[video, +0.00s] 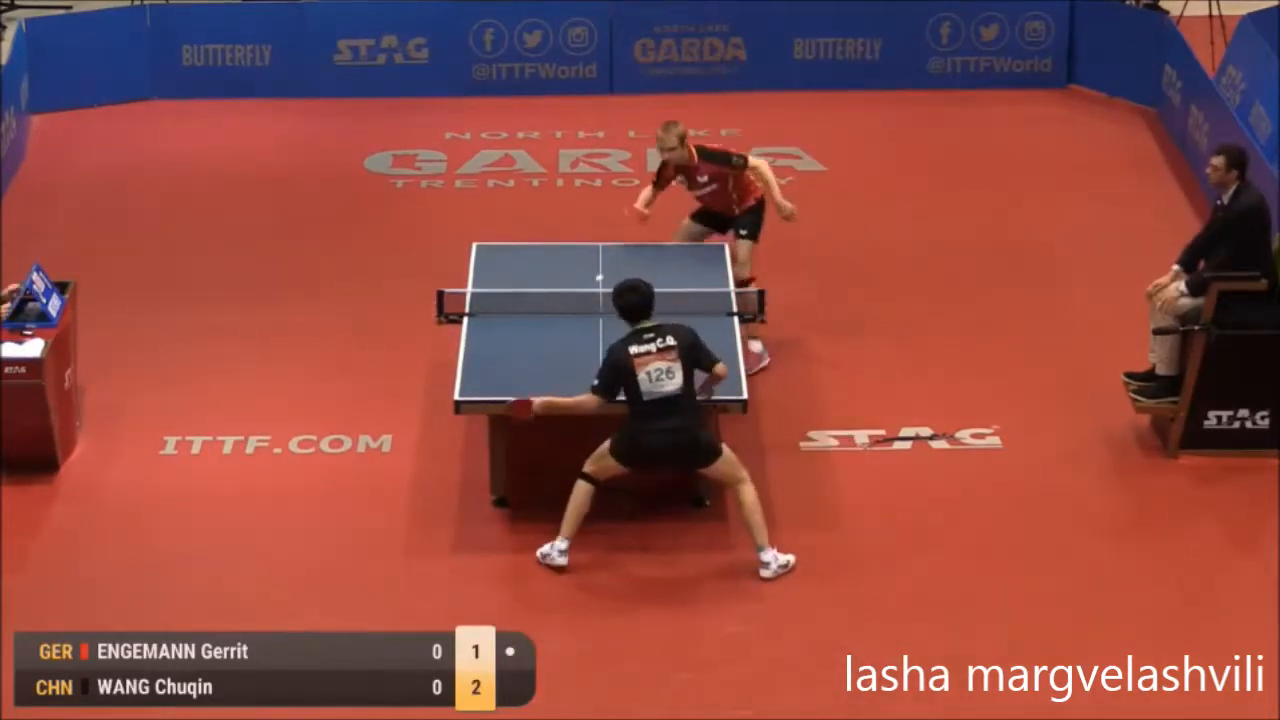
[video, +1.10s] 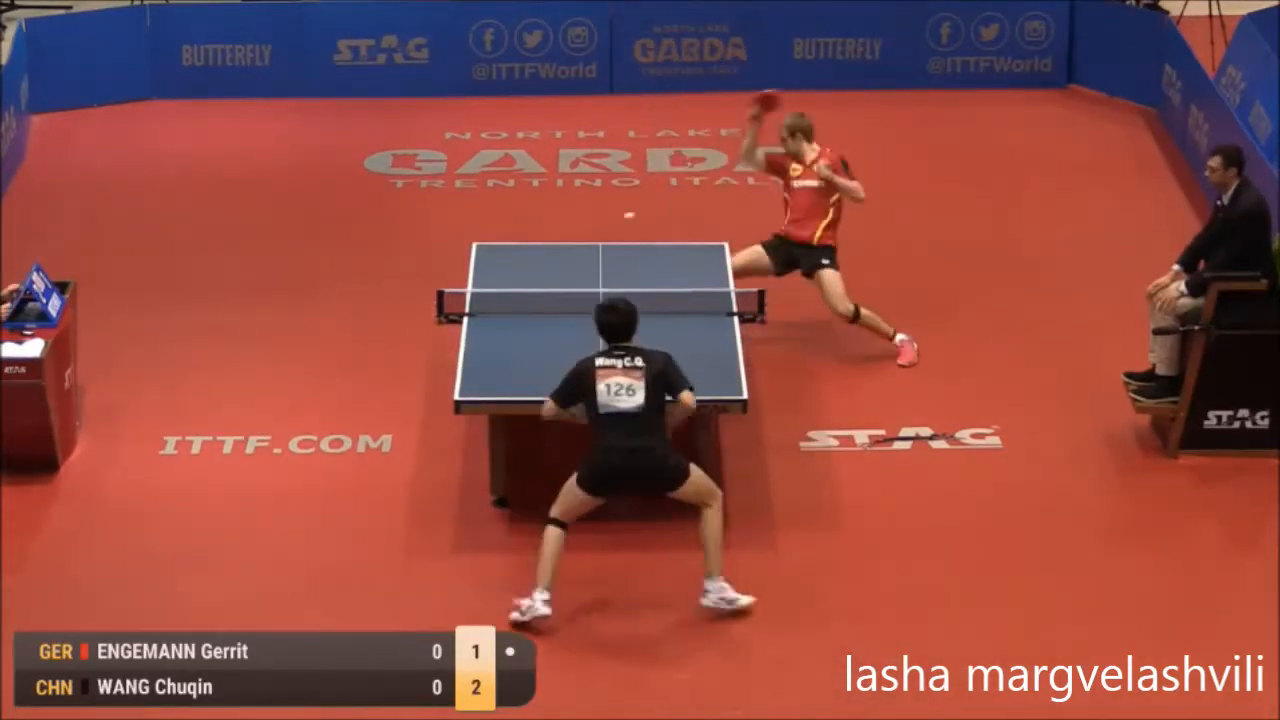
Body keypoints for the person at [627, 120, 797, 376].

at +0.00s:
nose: (665, 157)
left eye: (669, 150)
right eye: (662, 151)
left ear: (684, 146)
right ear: (659, 148)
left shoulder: (712, 159)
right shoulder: (670, 166)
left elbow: (759, 165)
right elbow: (654, 188)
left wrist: (778, 201)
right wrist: (641, 205)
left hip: (746, 207)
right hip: (714, 208)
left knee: (740, 267)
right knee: (678, 247)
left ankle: (753, 343)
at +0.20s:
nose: (663, 147)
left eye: (669, 141)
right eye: (660, 141)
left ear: (683, 139)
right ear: (656, 140)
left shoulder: (708, 153)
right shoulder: (656, 164)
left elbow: (738, 163)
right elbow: (641, 195)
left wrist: (738, 196)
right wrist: (631, 208)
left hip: (713, 220)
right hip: (676, 219)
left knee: (733, 276)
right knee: (649, 264)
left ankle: (768, 326)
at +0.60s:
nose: (663, 144)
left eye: (668, 138)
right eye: (659, 138)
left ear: (682, 136)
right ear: (655, 138)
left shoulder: (703, 153)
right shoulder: (665, 162)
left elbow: (737, 190)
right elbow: (673, 192)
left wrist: (698, 196)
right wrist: (651, 218)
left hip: (734, 212)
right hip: (698, 215)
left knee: (771, 268)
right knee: (665, 257)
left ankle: (799, 313)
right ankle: (670, 319)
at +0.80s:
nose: (684, 156)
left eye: (688, 150)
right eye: (681, 150)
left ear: (705, 146)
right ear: (683, 149)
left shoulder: (713, 168)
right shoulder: (725, 160)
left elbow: (692, 209)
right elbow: (766, 181)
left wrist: (686, 241)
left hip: (778, 231)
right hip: (751, 229)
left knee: (800, 304)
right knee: (701, 248)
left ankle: (869, 314)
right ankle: (712, 310)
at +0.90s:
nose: (724, 163)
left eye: (728, 157)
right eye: (722, 158)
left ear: (746, 155)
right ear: (746, 156)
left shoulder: (749, 177)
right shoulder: (765, 172)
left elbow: (738, 204)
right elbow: (797, 200)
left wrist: (738, 243)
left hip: (798, 253)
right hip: (780, 251)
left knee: (828, 320)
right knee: (724, 251)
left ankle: (895, 340)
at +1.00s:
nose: (753, 159)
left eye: (755, 153)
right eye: (752, 154)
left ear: (767, 150)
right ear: (769, 151)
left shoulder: (791, 167)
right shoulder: (778, 175)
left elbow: (816, 189)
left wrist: (786, 211)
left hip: (809, 257)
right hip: (781, 253)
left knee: (835, 323)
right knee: (727, 257)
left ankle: (899, 340)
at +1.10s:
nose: (784, 145)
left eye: (786, 139)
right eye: (783, 140)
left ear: (799, 136)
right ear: (793, 138)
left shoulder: (832, 160)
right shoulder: (788, 164)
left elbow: (858, 195)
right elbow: (748, 158)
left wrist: (831, 177)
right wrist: (755, 124)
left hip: (818, 249)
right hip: (785, 244)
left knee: (843, 309)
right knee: (726, 268)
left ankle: (900, 340)